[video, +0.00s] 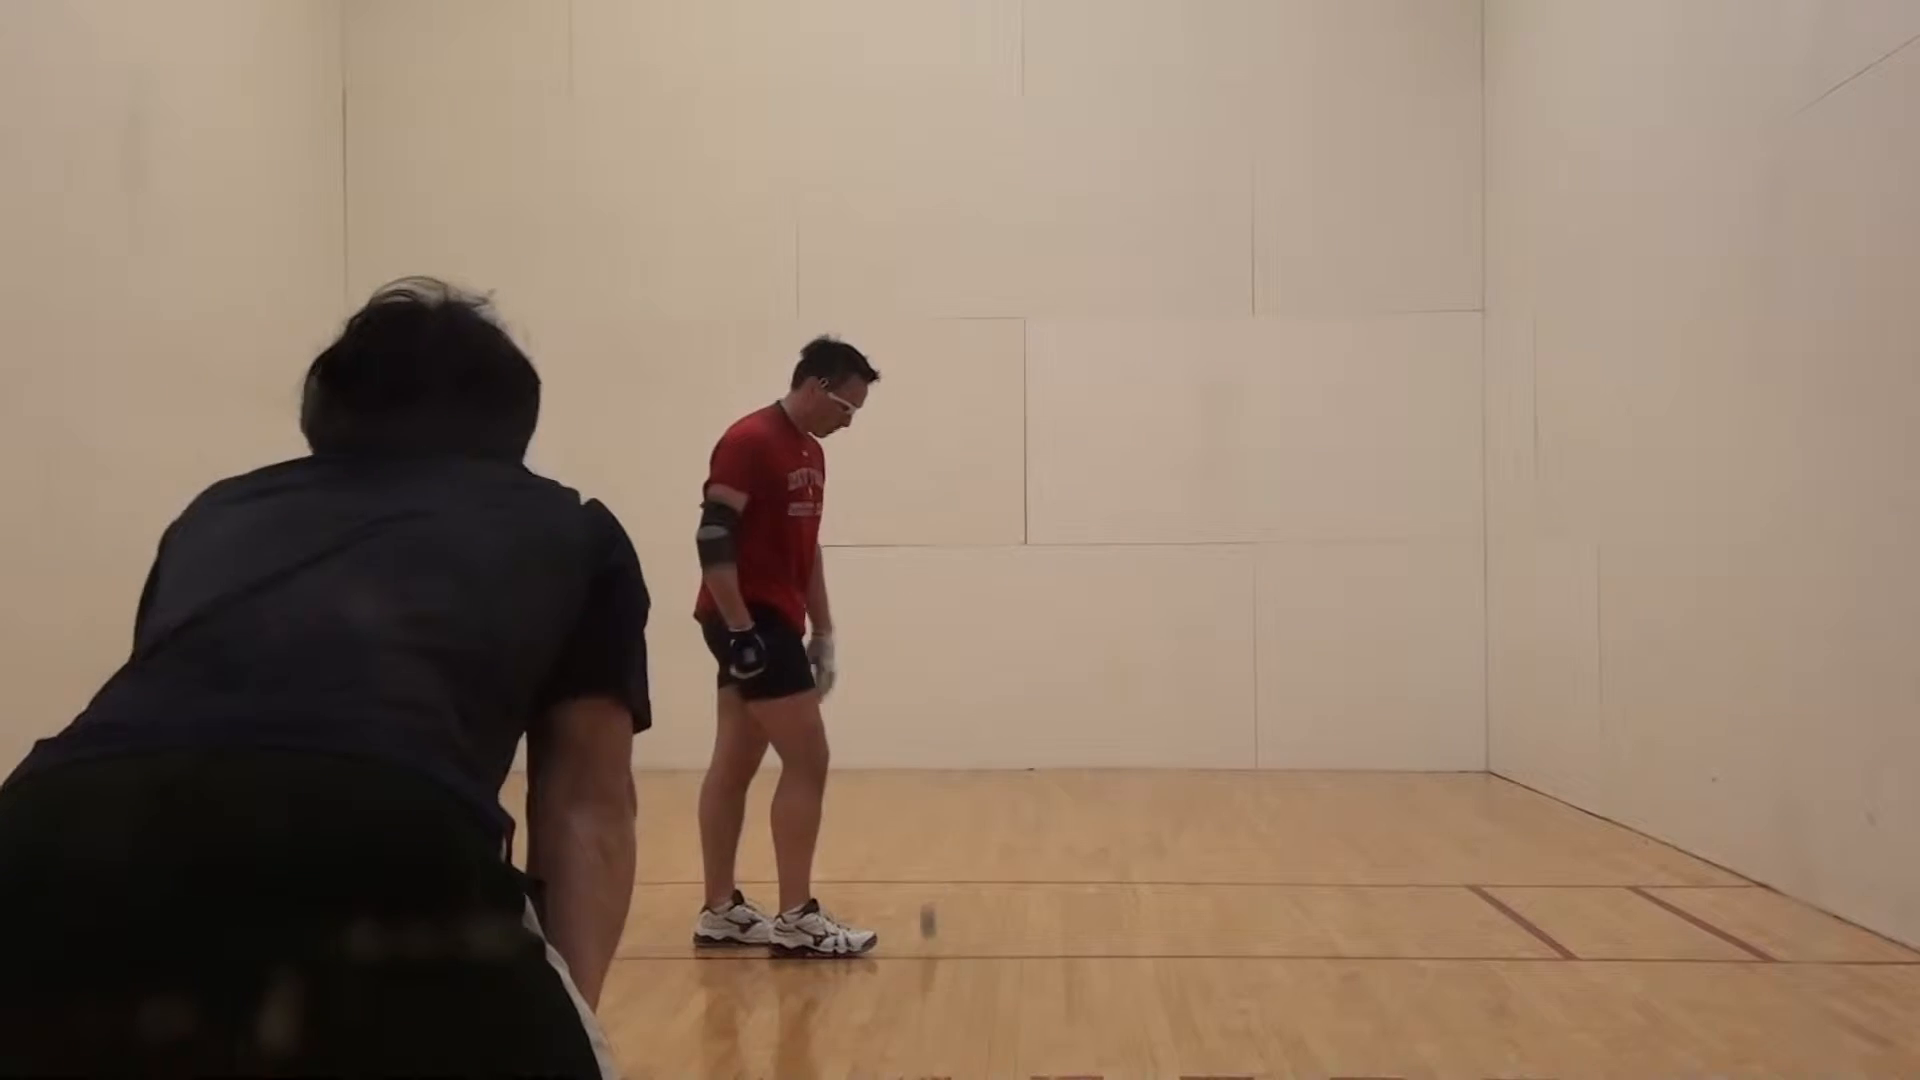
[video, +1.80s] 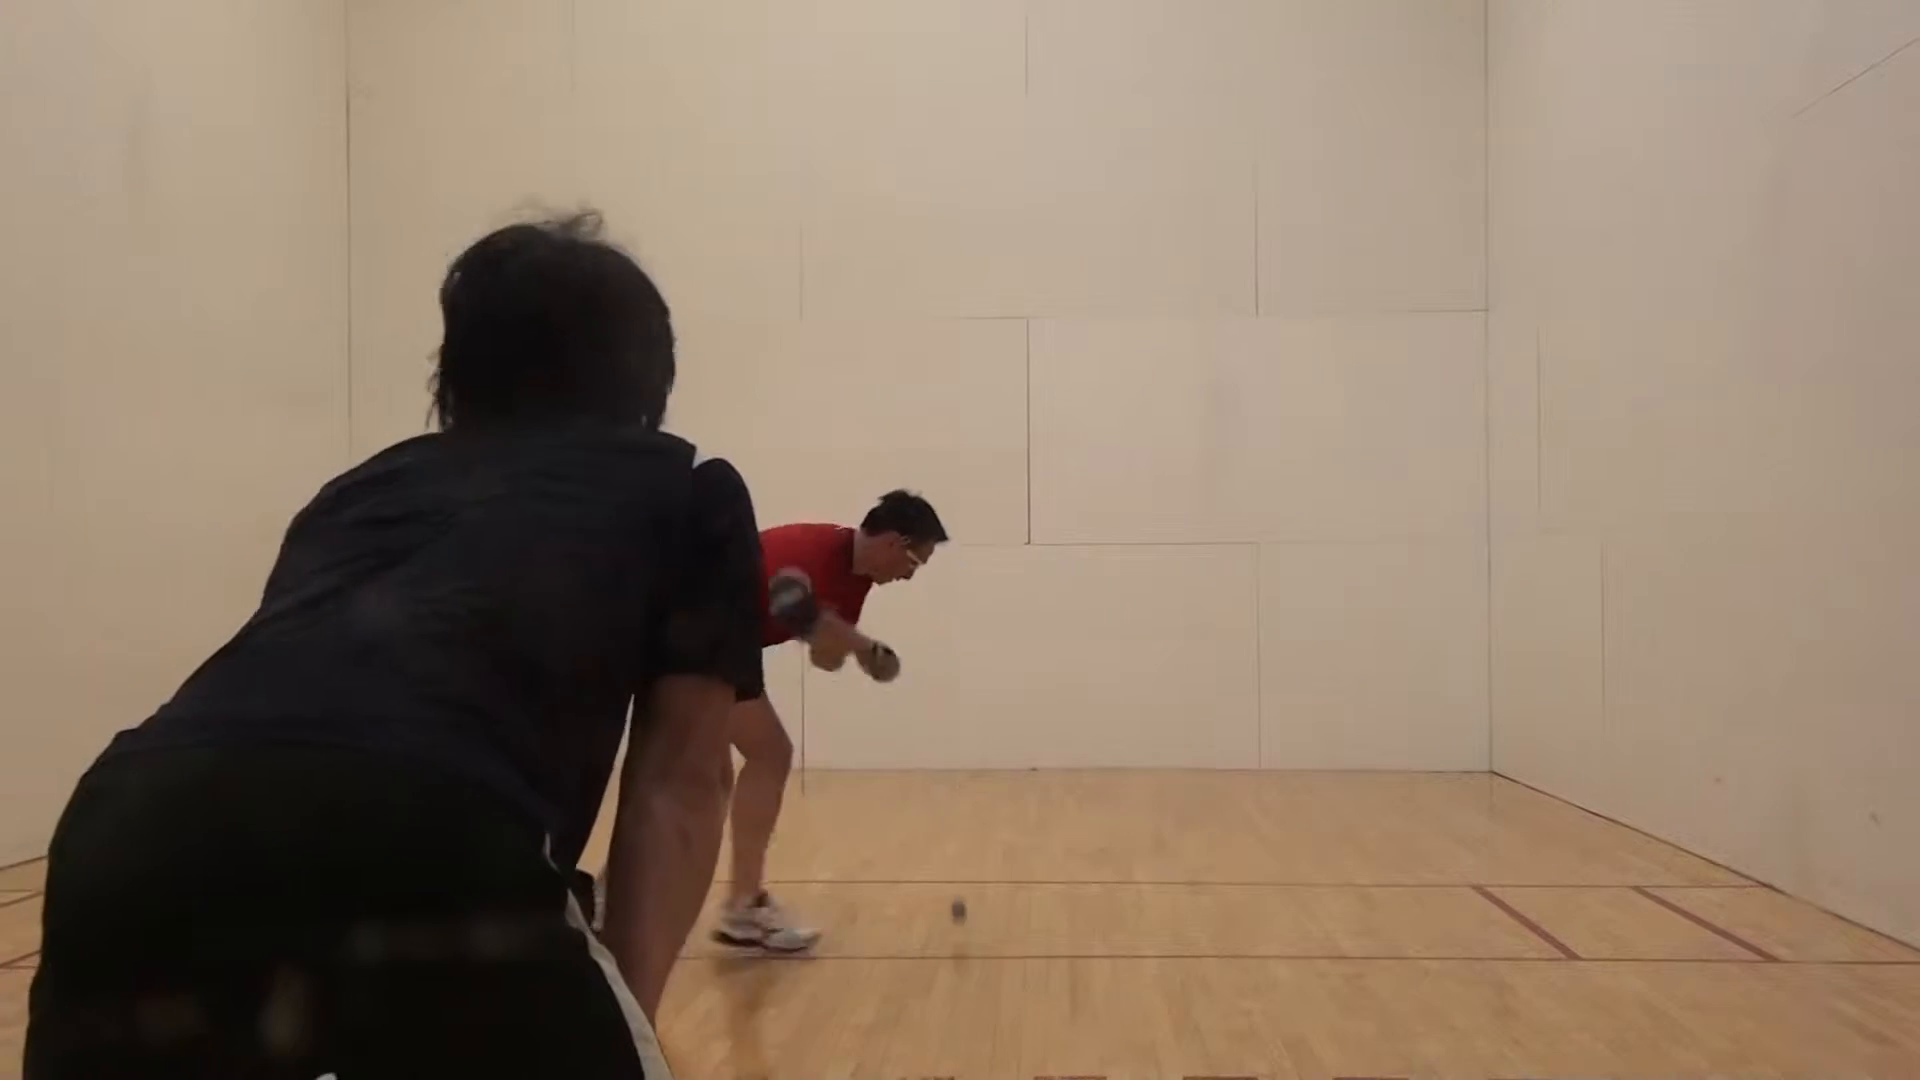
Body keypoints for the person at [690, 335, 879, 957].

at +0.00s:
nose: (849, 418)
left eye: (855, 407)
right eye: (847, 404)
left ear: (822, 393)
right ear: (813, 386)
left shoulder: (809, 451)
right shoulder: (749, 441)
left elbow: (806, 549)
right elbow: (713, 540)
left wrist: (821, 626)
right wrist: (739, 629)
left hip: (770, 624)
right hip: (753, 628)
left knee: (732, 767)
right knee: (806, 760)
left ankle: (719, 908)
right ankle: (796, 914)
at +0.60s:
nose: (899, 442)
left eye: (905, 432)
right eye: (898, 428)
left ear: (872, 411)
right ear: (868, 408)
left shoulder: (841, 451)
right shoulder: (805, 460)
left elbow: (812, 557)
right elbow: (772, 565)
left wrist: (829, 627)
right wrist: (828, 638)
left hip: (776, 615)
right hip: (756, 616)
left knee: (795, 758)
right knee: (812, 761)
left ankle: (733, 895)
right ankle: (797, 914)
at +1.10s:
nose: (931, 494)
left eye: (939, 486)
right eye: (930, 480)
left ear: (903, 457)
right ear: (904, 457)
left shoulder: (856, 466)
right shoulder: (847, 506)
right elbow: (818, 626)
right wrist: (826, 729)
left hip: (746, 614)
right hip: (753, 623)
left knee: (796, 753)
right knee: (811, 757)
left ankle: (736, 894)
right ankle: (798, 914)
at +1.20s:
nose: (939, 516)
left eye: (946, 507)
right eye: (938, 503)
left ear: (908, 481)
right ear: (910, 482)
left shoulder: (861, 483)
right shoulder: (849, 527)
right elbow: (828, 653)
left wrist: (810, 619)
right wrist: (854, 751)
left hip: (745, 624)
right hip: (747, 634)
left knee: (795, 756)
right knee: (815, 760)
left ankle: (723, 888)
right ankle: (799, 915)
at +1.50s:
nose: (929, 596)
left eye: (936, 587)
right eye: (932, 584)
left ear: (908, 561)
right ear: (910, 566)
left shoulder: (858, 546)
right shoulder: (829, 594)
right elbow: (818, 715)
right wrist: (910, 717)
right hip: (722, 663)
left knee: (743, 794)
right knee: (814, 764)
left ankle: (632, 868)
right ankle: (799, 917)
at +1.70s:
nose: (911, 587)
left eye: (917, 578)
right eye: (914, 574)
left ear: (888, 550)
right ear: (891, 553)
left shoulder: (834, 552)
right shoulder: (824, 567)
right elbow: (789, 664)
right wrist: (870, 697)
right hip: (703, 646)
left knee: (703, 779)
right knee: (776, 757)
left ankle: (647, 912)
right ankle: (790, 914)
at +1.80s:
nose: (912, 573)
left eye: (919, 565)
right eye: (912, 560)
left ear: (889, 543)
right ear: (887, 539)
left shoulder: (856, 579)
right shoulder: (813, 551)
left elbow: (825, 659)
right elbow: (794, 610)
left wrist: (840, 635)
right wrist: (863, 646)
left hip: (719, 642)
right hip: (706, 638)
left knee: (711, 772)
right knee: (770, 752)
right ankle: (743, 904)